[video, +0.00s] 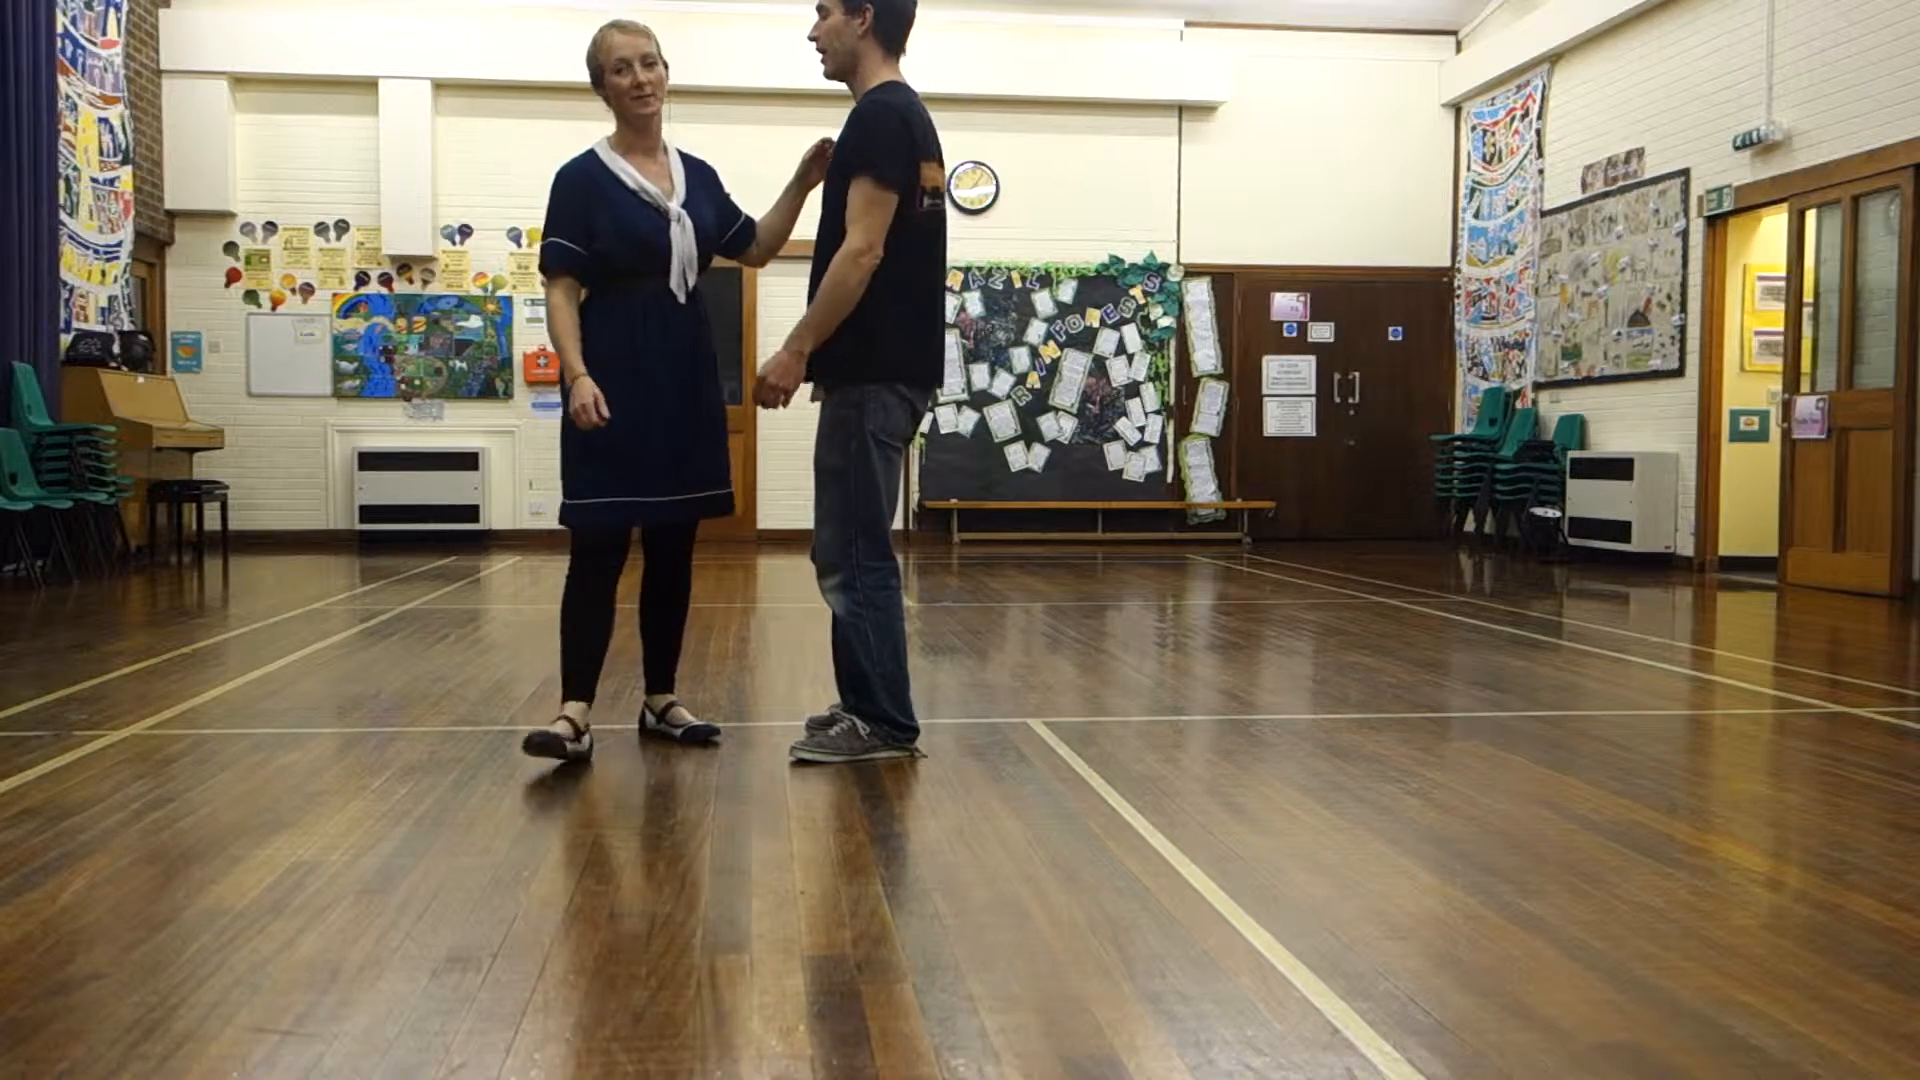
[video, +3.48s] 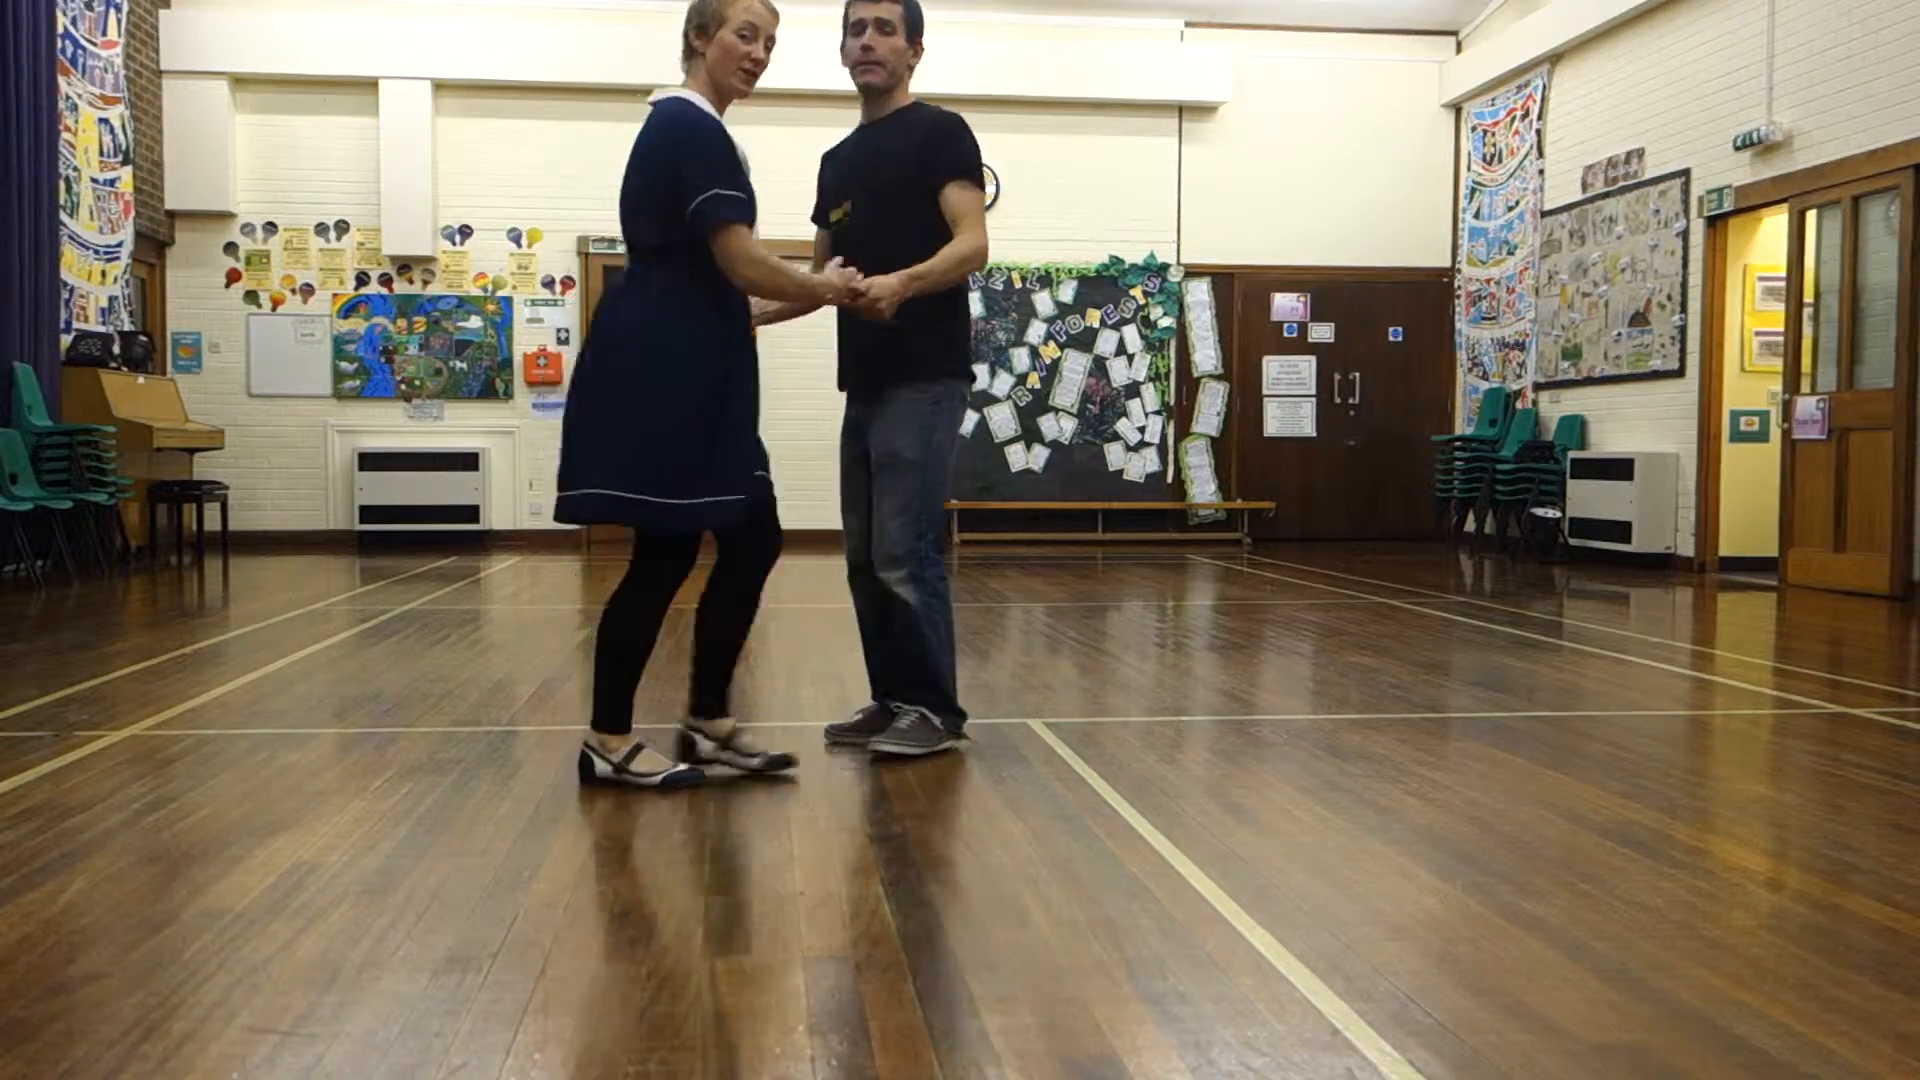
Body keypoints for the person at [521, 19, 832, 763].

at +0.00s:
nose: (639, 77)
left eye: (648, 63)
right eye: (622, 69)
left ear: (667, 73)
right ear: (600, 88)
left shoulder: (696, 175)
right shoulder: (581, 179)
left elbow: (756, 247)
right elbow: (561, 288)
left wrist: (800, 182)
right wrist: (577, 373)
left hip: (685, 387)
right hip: (607, 386)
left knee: (673, 545)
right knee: (598, 548)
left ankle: (661, 704)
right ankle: (574, 715)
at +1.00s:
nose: (675, 65)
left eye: (672, 53)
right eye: (659, 53)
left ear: (634, 70)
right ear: (615, 68)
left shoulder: (666, 173)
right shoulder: (583, 165)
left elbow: (694, 269)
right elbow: (576, 283)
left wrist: (755, 242)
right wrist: (675, 294)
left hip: (670, 393)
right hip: (609, 396)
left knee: (663, 547)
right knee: (623, 553)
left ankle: (658, 705)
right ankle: (592, 720)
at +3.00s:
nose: (671, 89)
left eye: (679, 82)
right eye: (658, 74)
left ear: (679, 97)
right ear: (618, 80)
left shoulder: (640, 170)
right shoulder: (606, 159)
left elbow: (657, 283)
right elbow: (637, 275)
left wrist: (738, 302)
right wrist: (742, 283)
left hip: (629, 389)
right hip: (611, 389)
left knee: (619, 548)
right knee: (641, 547)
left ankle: (589, 708)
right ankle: (605, 722)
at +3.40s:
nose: (739, 56)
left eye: (748, 47)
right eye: (726, 37)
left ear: (744, 63)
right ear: (681, 40)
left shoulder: (686, 133)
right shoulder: (663, 123)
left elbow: (696, 273)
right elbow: (717, 261)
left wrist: (750, 308)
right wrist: (808, 295)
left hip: (681, 383)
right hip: (644, 384)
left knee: (728, 543)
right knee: (659, 552)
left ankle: (646, 699)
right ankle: (608, 739)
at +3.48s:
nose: (760, 53)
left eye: (768, 43)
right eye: (746, 34)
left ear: (763, 56)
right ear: (699, 38)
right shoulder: (688, 124)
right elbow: (738, 258)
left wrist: (804, 295)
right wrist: (822, 286)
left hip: (690, 381)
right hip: (670, 381)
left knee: (755, 540)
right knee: (663, 553)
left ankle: (707, 728)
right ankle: (608, 742)